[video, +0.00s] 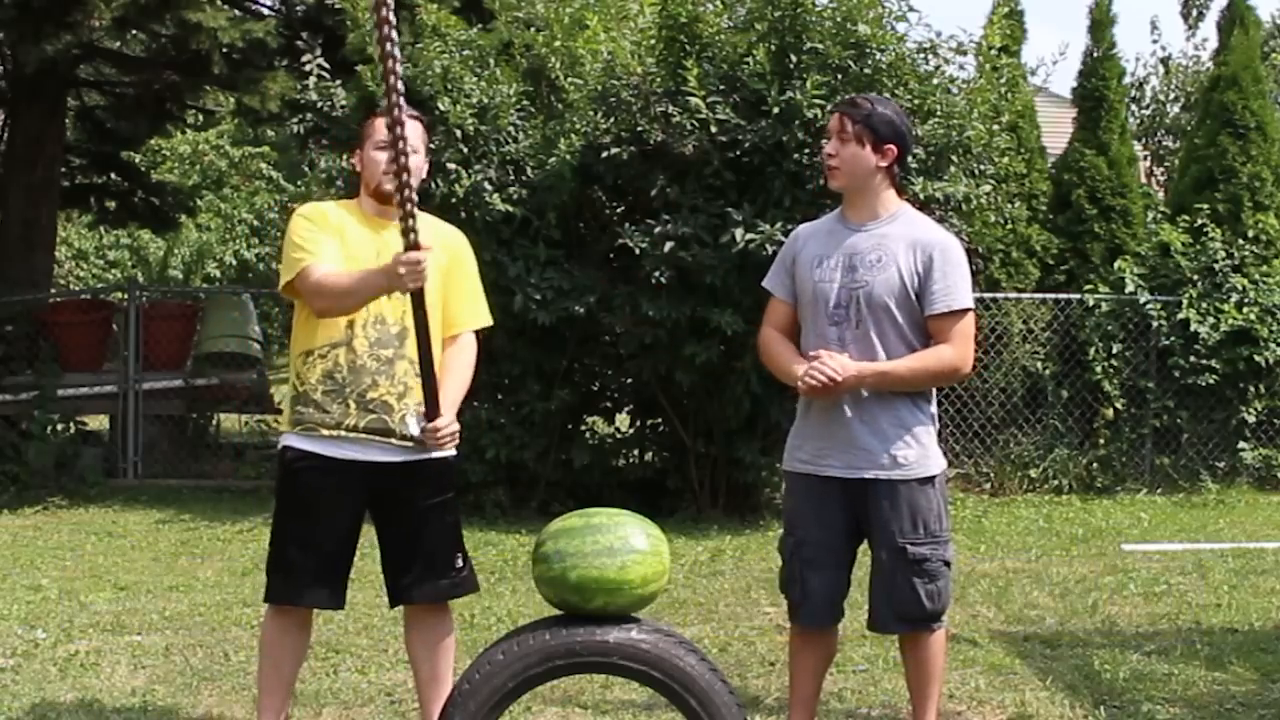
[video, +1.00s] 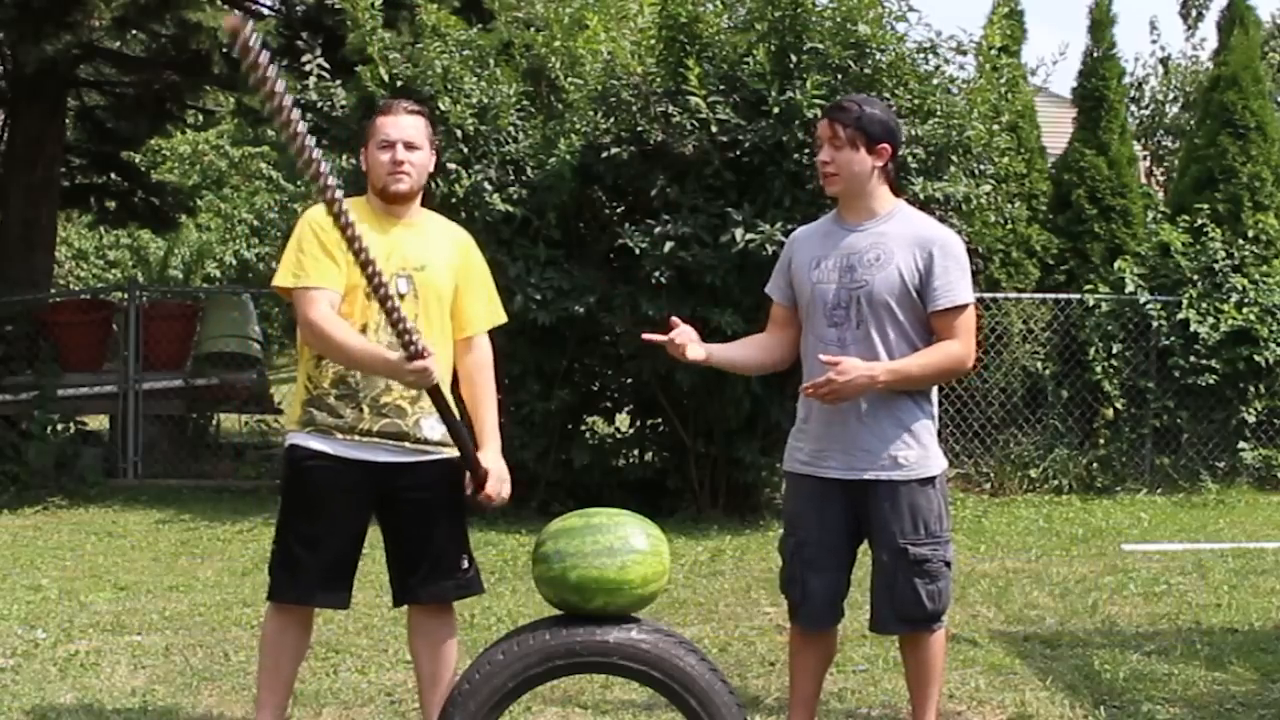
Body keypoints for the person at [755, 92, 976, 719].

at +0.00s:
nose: (826, 151)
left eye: (841, 140)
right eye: (829, 139)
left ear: (884, 155)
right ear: (843, 151)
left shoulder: (934, 245)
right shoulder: (804, 242)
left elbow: (958, 356)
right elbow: (771, 335)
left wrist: (862, 373)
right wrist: (802, 372)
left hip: (904, 467)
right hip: (815, 463)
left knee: (921, 613)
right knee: (809, 612)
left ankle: (924, 716)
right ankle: (799, 716)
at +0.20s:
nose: (827, 155)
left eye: (842, 144)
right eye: (827, 143)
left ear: (884, 154)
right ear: (832, 152)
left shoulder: (935, 245)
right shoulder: (804, 242)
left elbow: (964, 354)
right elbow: (772, 338)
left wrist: (871, 376)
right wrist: (802, 372)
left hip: (902, 466)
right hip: (813, 463)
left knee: (920, 612)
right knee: (808, 611)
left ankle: (924, 716)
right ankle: (799, 716)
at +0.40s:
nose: (824, 160)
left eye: (838, 149)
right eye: (823, 148)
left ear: (882, 155)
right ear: (825, 153)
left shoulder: (935, 245)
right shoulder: (802, 243)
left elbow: (965, 354)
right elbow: (769, 339)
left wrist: (871, 376)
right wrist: (804, 374)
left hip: (902, 467)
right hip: (812, 464)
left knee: (920, 612)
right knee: (808, 611)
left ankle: (924, 716)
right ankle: (799, 716)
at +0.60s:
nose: (822, 161)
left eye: (836, 150)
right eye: (820, 149)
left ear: (879, 156)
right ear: (820, 154)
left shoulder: (934, 245)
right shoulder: (801, 243)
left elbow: (965, 353)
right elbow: (771, 339)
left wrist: (871, 376)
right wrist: (803, 375)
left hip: (903, 467)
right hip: (812, 464)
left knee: (920, 613)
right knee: (808, 611)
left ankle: (924, 716)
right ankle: (799, 716)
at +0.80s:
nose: (821, 160)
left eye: (835, 148)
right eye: (819, 147)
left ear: (878, 156)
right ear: (819, 154)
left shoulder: (934, 242)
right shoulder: (803, 244)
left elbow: (965, 350)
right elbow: (777, 344)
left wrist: (881, 377)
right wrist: (700, 360)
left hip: (905, 466)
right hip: (816, 463)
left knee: (921, 614)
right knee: (810, 611)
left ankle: (924, 718)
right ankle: (799, 716)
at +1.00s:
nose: (823, 158)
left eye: (838, 146)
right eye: (820, 146)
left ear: (880, 155)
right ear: (818, 154)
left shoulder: (934, 242)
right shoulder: (803, 245)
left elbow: (961, 351)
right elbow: (778, 345)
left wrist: (875, 373)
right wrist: (705, 349)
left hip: (904, 466)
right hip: (815, 463)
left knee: (922, 613)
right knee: (809, 611)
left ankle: (923, 716)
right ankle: (799, 716)